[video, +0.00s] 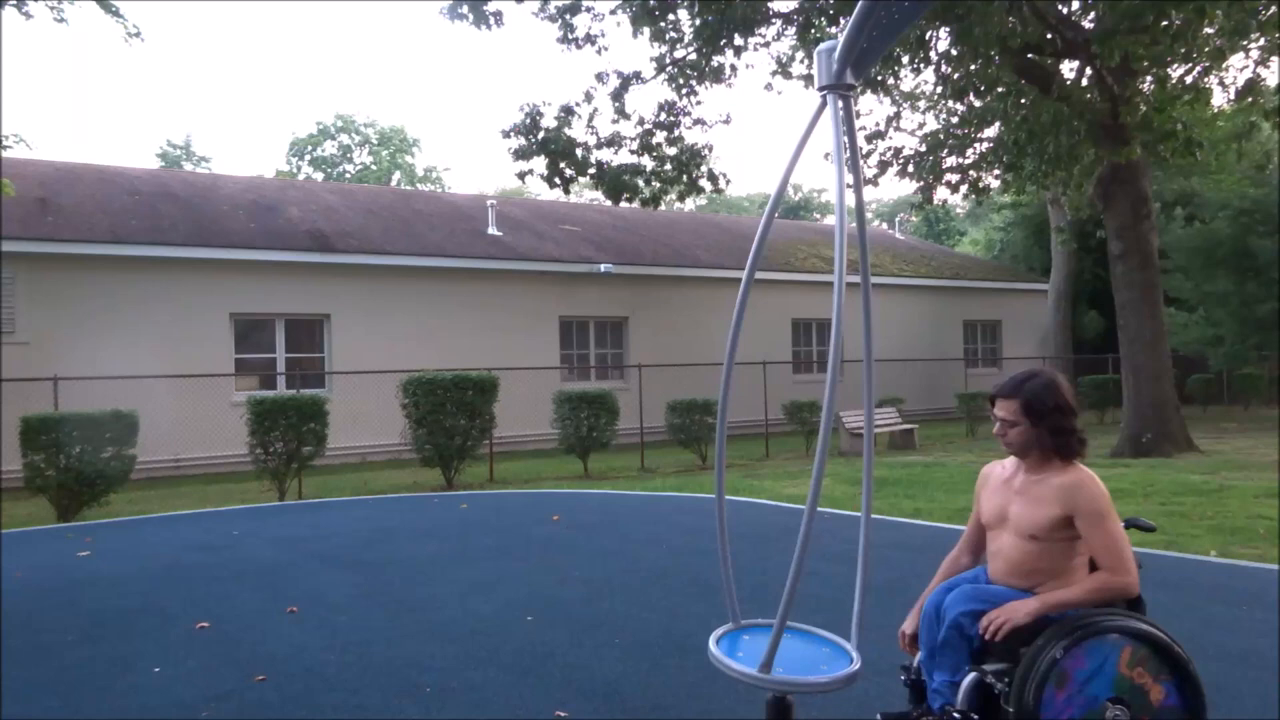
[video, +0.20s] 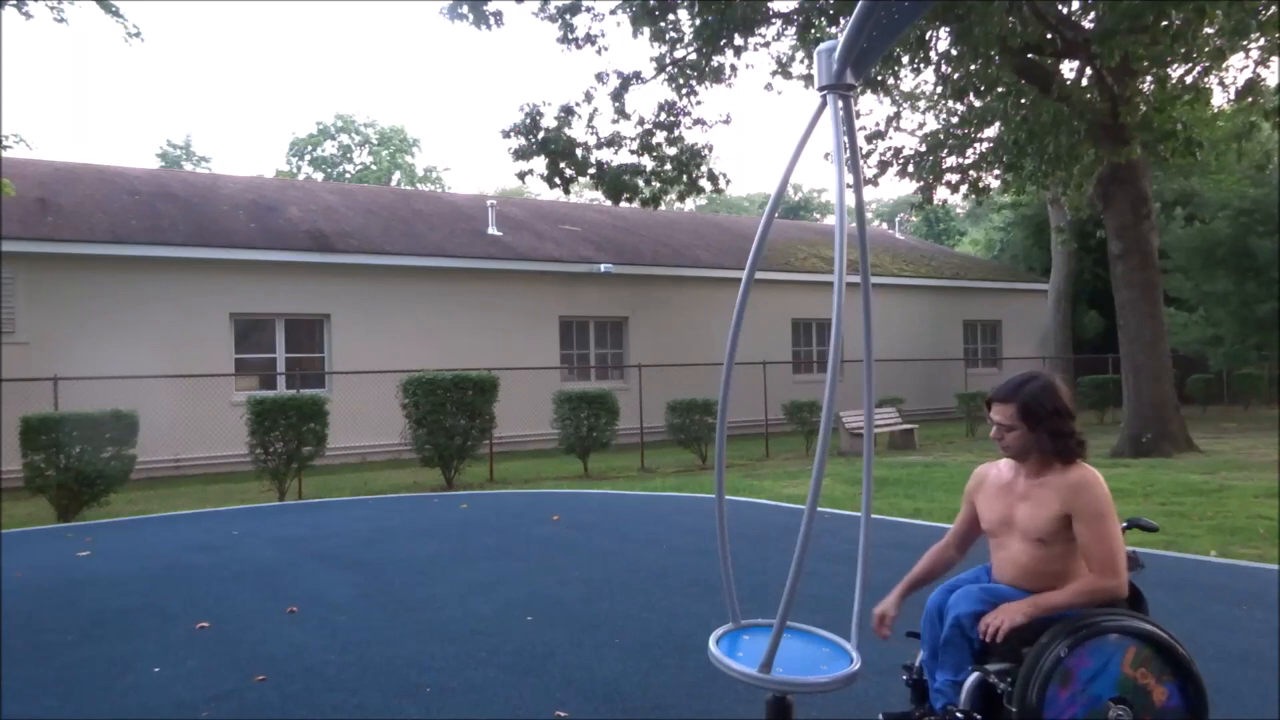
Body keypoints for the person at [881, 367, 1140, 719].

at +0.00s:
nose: (997, 431)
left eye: (1009, 425)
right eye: (996, 421)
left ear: (1043, 426)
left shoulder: (1080, 486)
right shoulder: (992, 474)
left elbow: (1123, 580)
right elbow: (966, 553)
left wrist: (1035, 604)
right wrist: (919, 609)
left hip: (1039, 598)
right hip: (989, 582)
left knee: (957, 610)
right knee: (937, 603)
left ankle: (945, 708)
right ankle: (933, 703)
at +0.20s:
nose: (994, 435)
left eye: (1006, 429)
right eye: (992, 425)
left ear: (1041, 428)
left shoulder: (1081, 484)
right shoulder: (985, 477)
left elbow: (1111, 582)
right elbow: (952, 546)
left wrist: (1027, 606)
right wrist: (898, 593)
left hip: (1051, 600)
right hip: (997, 583)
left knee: (961, 609)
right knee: (937, 603)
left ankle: (949, 708)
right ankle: (935, 703)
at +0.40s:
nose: (976, 440)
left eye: (987, 433)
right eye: (974, 430)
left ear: (1023, 432)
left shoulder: (1073, 480)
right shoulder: (967, 488)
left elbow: (1107, 579)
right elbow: (916, 552)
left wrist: (1033, 617)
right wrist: (856, 606)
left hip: (1053, 601)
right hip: (995, 585)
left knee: (968, 606)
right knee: (933, 607)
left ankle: (951, 707)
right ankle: (937, 705)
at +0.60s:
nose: (937, 451)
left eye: (948, 443)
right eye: (935, 441)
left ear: (983, 440)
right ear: (935, 439)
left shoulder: (1040, 478)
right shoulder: (934, 503)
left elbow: (1092, 564)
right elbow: (885, 571)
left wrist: (1034, 621)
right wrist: (841, 633)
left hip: (1059, 602)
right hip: (995, 597)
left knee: (968, 608)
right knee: (931, 608)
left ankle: (948, 708)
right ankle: (936, 705)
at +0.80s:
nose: (893, 462)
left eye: (902, 454)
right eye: (891, 452)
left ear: (936, 451)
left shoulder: (995, 481)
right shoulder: (901, 503)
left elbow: (1068, 556)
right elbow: (876, 573)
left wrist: (1028, 623)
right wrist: (847, 639)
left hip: (1047, 599)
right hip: (981, 594)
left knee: (961, 610)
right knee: (926, 609)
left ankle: (946, 710)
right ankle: (937, 707)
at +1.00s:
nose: (867, 457)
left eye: (876, 448)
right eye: (866, 447)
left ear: (907, 447)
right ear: (903, 449)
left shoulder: (969, 479)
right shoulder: (882, 497)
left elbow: (1045, 549)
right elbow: (867, 571)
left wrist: (1023, 624)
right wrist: (846, 641)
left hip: (1029, 594)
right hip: (966, 592)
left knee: (950, 615)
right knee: (914, 612)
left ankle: (942, 711)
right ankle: (935, 708)